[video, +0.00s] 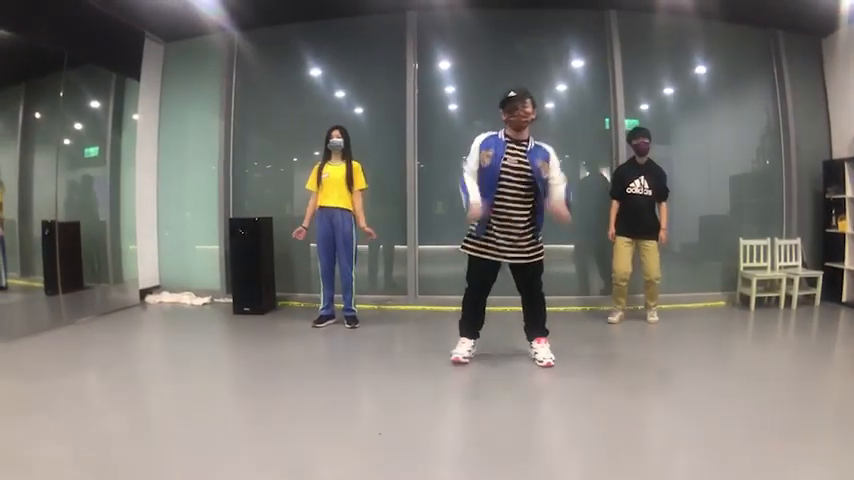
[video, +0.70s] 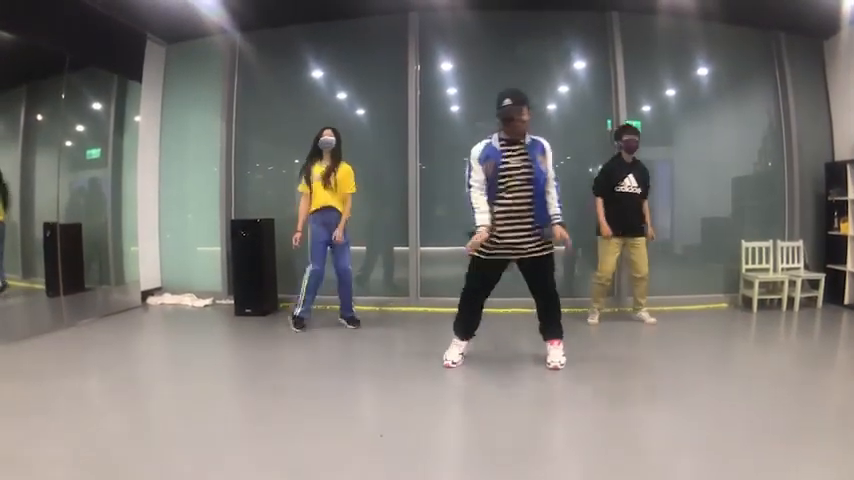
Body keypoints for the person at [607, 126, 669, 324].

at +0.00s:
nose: (643, 145)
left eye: (646, 142)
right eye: (638, 142)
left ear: (650, 144)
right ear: (631, 144)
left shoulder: (657, 172)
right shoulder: (621, 171)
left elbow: (662, 202)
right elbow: (615, 200)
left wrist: (663, 228)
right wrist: (611, 226)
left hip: (649, 232)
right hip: (624, 232)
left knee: (652, 276)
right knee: (620, 273)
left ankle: (651, 308)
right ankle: (619, 308)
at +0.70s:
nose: (632, 143)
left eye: (635, 140)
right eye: (627, 140)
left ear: (638, 142)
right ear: (619, 142)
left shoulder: (642, 170)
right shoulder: (610, 167)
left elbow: (644, 200)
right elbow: (598, 195)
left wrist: (648, 225)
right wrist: (602, 223)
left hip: (636, 230)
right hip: (612, 230)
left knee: (641, 273)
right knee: (605, 273)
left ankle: (640, 309)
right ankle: (595, 308)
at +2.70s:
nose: (606, 150)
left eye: (609, 146)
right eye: (602, 146)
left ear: (615, 149)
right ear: (596, 149)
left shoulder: (623, 171)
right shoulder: (589, 173)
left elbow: (641, 193)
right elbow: (578, 195)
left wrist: (628, 217)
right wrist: (580, 218)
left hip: (621, 234)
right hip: (596, 234)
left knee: (632, 276)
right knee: (590, 276)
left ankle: (649, 308)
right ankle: (589, 311)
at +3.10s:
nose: (632, 146)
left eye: (635, 142)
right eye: (628, 142)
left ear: (638, 143)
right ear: (618, 142)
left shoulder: (630, 165)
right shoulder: (607, 163)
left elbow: (628, 194)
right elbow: (587, 186)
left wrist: (639, 212)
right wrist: (593, 211)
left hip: (626, 228)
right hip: (603, 228)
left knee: (632, 272)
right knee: (597, 272)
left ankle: (628, 310)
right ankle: (584, 309)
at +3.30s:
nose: (646, 157)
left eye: (648, 153)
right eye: (642, 154)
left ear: (650, 154)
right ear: (633, 154)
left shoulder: (643, 178)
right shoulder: (623, 171)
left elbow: (645, 202)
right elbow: (611, 195)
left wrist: (649, 222)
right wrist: (619, 222)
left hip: (628, 238)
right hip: (607, 237)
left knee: (639, 276)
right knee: (594, 280)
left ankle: (627, 313)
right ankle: (571, 311)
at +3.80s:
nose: (624, 145)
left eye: (628, 142)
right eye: (620, 141)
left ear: (633, 147)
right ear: (613, 143)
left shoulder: (632, 174)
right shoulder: (598, 165)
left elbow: (638, 206)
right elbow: (586, 190)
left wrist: (642, 233)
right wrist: (589, 216)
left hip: (622, 234)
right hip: (596, 232)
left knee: (627, 277)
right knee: (592, 278)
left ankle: (626, 313)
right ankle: (586, 313)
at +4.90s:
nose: (602, 140)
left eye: (605, 136)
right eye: (597, 136)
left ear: (611, 139)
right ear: (591, 140)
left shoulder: (618, 167)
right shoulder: (582, 166)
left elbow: (624, 198)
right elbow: (574, 196)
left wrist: (623, 224)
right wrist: (569, 221)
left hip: (609, 229)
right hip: (583, 228)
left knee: (608, 275)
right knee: (583, 274)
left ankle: (606, 311)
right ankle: (581, 309)